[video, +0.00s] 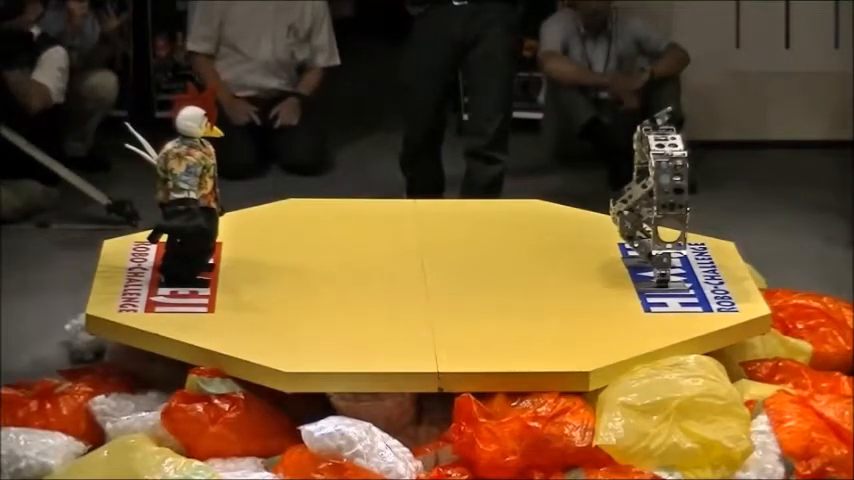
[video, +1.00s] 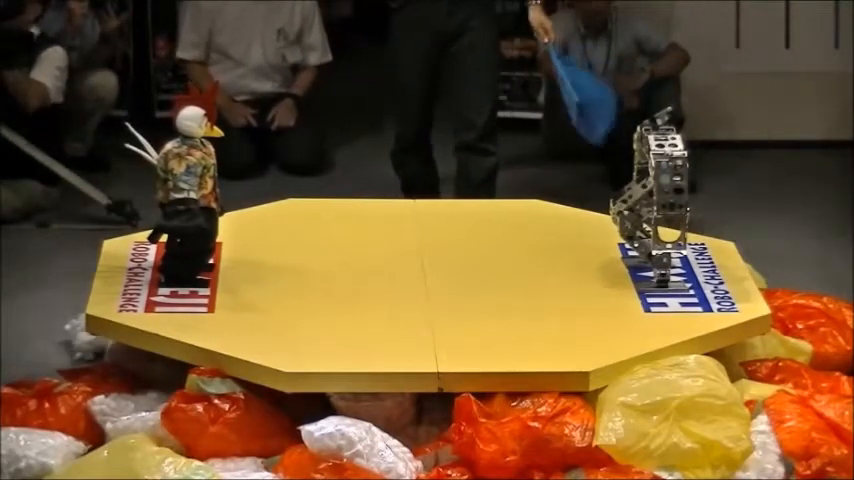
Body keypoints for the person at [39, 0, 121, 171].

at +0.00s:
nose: (79, 10)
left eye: (83, 6)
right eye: (75, 6)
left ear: (88, 8)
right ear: (66, 6)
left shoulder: (91, 25)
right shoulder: (52, 20)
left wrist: (108, 35)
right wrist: (71, 26)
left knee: (105, 82)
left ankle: (80, 147)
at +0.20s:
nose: (79, 10)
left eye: (83, 6)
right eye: (74, 6)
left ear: (88, 8)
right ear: (66, 6)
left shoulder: (91, 24)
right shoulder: (52, 19)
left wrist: (108, 35)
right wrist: (71, 26)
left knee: (105, 82)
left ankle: (80, 147)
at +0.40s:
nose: (79, 10)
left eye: (83, 6)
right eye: (74, 6)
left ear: (88, 8)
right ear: (66, 6)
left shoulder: (91, 24)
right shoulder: (52, 19)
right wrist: (71, 26)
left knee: (105, 82)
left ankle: (80, 148)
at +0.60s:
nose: (79, 10)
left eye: (84, 6)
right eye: (75, 6)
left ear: (88, 8)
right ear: (66, 6)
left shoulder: (91, 24)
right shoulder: (52, 20)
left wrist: (108, 35)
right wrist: (70, 27)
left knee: (105, 82)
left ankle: (81, 147)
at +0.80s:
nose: (80, 10)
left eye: (84, 6)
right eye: (76, 5)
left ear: (88, 7)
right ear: (66, 6)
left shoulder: (92, 24)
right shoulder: (52, 19)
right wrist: (71, 26)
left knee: (105, 82)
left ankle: (80, 147)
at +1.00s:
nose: (79, 10)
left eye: (83, 6)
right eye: (75, 6)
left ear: (88, 8)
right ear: (66, 6)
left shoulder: (92, 24)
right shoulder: (53, 19)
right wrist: (70, 27)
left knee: (105, 82)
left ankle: (81, 147)